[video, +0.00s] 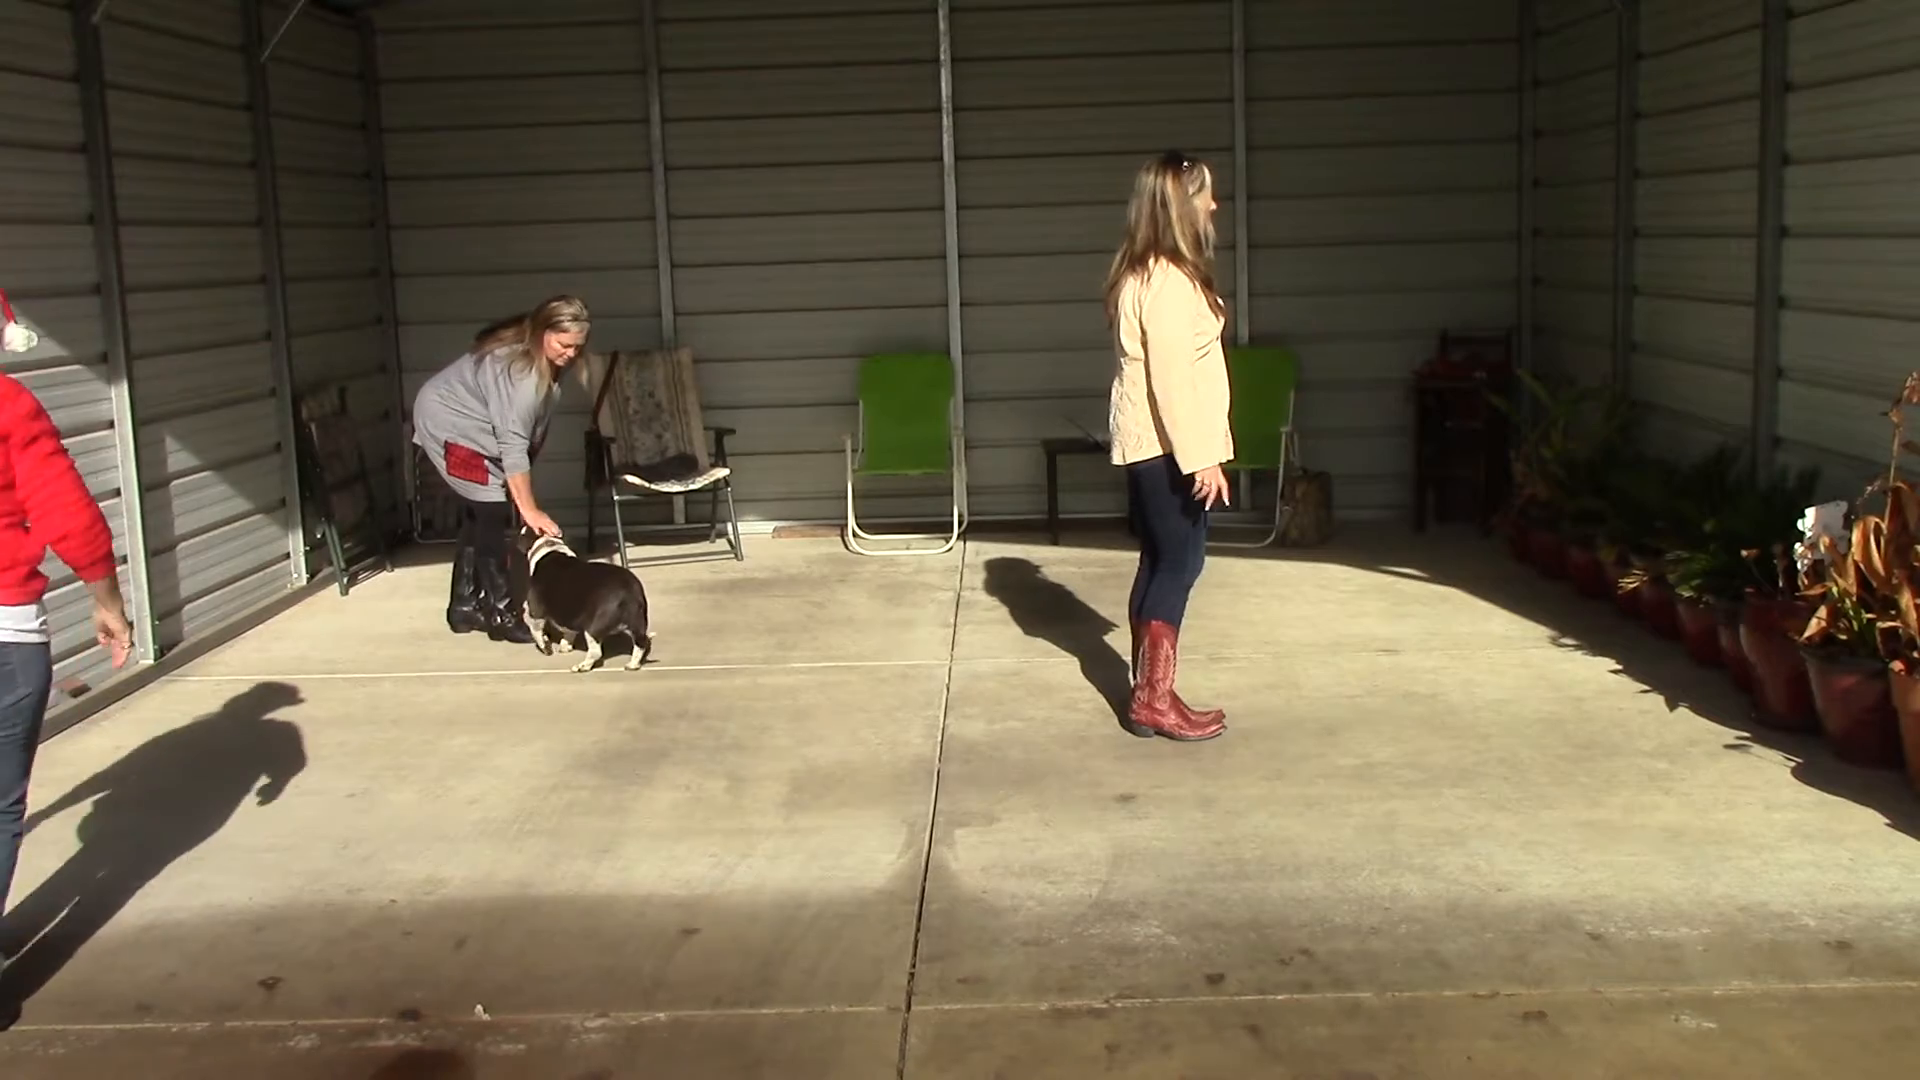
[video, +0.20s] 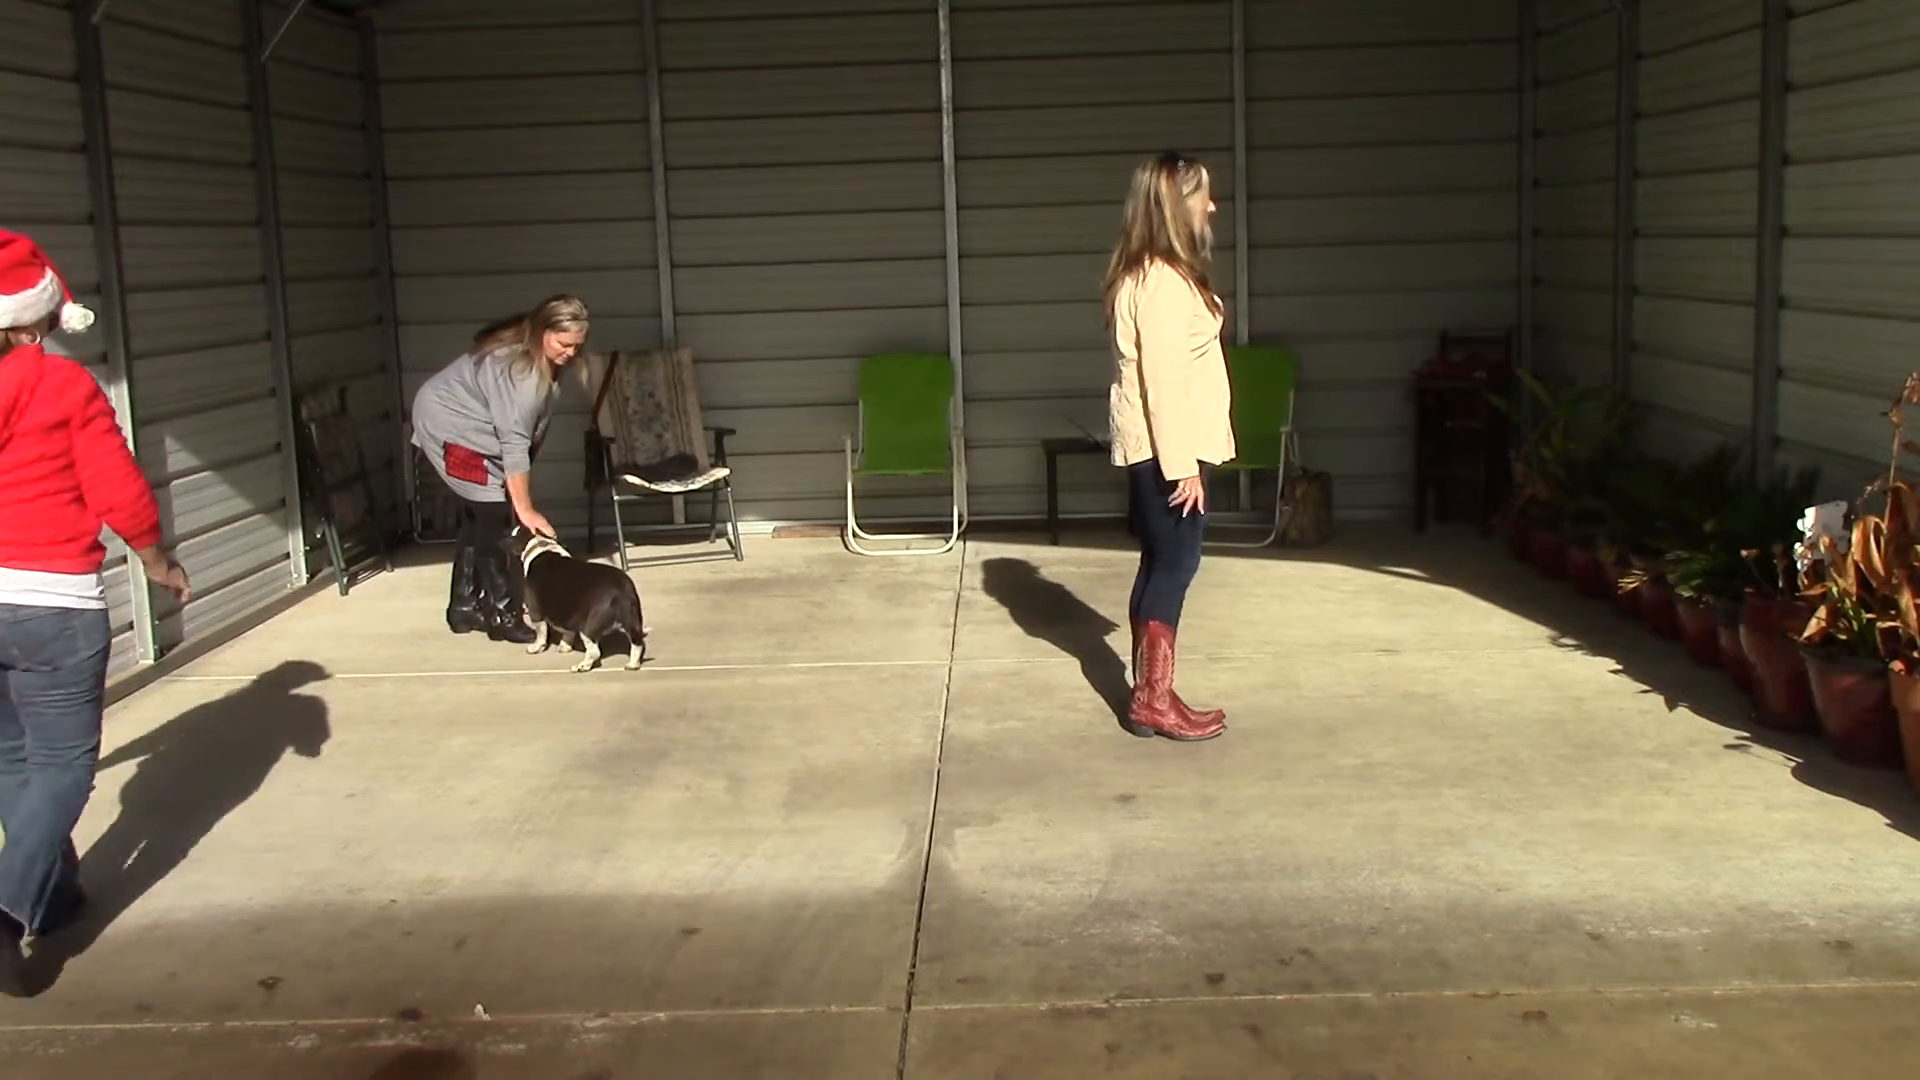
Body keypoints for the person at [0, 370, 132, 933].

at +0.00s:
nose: (9, 338)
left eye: (7, 328)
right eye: (6, 329)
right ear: (0, 329)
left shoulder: (14, 403)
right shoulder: (10, 403)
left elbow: (68, 513)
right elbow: (70, 515)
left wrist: (103, 596)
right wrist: (105, 596)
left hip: (12, 645)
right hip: (10, 645)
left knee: (6, 815)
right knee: (3, 816)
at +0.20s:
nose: (58, 328)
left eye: (53, 317)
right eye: (52, 317)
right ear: (34, 316)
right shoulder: (60, 381)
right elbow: (120, 494)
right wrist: (157, 558)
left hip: (4, 606)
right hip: (52, 604)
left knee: (13, 755)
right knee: (61, 760)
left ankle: (57, 901)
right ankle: (8, 916)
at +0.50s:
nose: (154, 314)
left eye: (153, 301)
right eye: (151, 302)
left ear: (74, 297)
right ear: (133, 301)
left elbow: (23, 453)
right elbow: (180, 473)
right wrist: (209, 559)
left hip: (40, 555)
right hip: (135, 559)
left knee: (72, 711)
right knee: (191, 684)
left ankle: (53, 879)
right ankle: (228, 810)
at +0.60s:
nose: (195, 309)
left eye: (194, 298)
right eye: (191, 298)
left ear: (126, 304)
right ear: (167, 304)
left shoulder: (79, 363)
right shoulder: (182, 363)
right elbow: (201, 473)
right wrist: (234, 556)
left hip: (87, 558)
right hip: (172, 555)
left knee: (123, 690)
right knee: (219, 680)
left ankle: (69, 817)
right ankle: (230, 815)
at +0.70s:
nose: (222, 309)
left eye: (222, 297)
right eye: (218, 296)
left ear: (160, 302)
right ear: (187, 301)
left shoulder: (116, 361)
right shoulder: (203, 359)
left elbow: (112, 460)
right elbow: (221, 463)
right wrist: (266, 545)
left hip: (128, 548)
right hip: (204, 546)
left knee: (187, 662)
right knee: (243, 672)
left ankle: (118, 775)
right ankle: (231, 815)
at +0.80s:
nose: (245, 299)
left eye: (244, 288)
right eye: (240, 288)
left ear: (186, 295)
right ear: (211, 292)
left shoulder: (147, 349)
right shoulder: (219, 353)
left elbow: (143, 448)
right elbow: (234, 460)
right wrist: (293, 531)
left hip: (158, 529)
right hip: (218, 532)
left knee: (234, 648)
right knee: (258, 662)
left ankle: (191, 776)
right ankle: (234, 811)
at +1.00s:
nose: (274, 303)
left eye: (273, 291)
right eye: (267, 292)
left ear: (230, 297)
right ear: (236, 297)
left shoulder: (216, 346)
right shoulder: (226, 351)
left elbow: (219, 448)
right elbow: (229, 451)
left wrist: (301, 486)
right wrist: (313, 491)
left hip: (241, 516)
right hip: (240, 522)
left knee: (296, 630)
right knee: (277, 653)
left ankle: (293, 748)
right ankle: (228, 804)